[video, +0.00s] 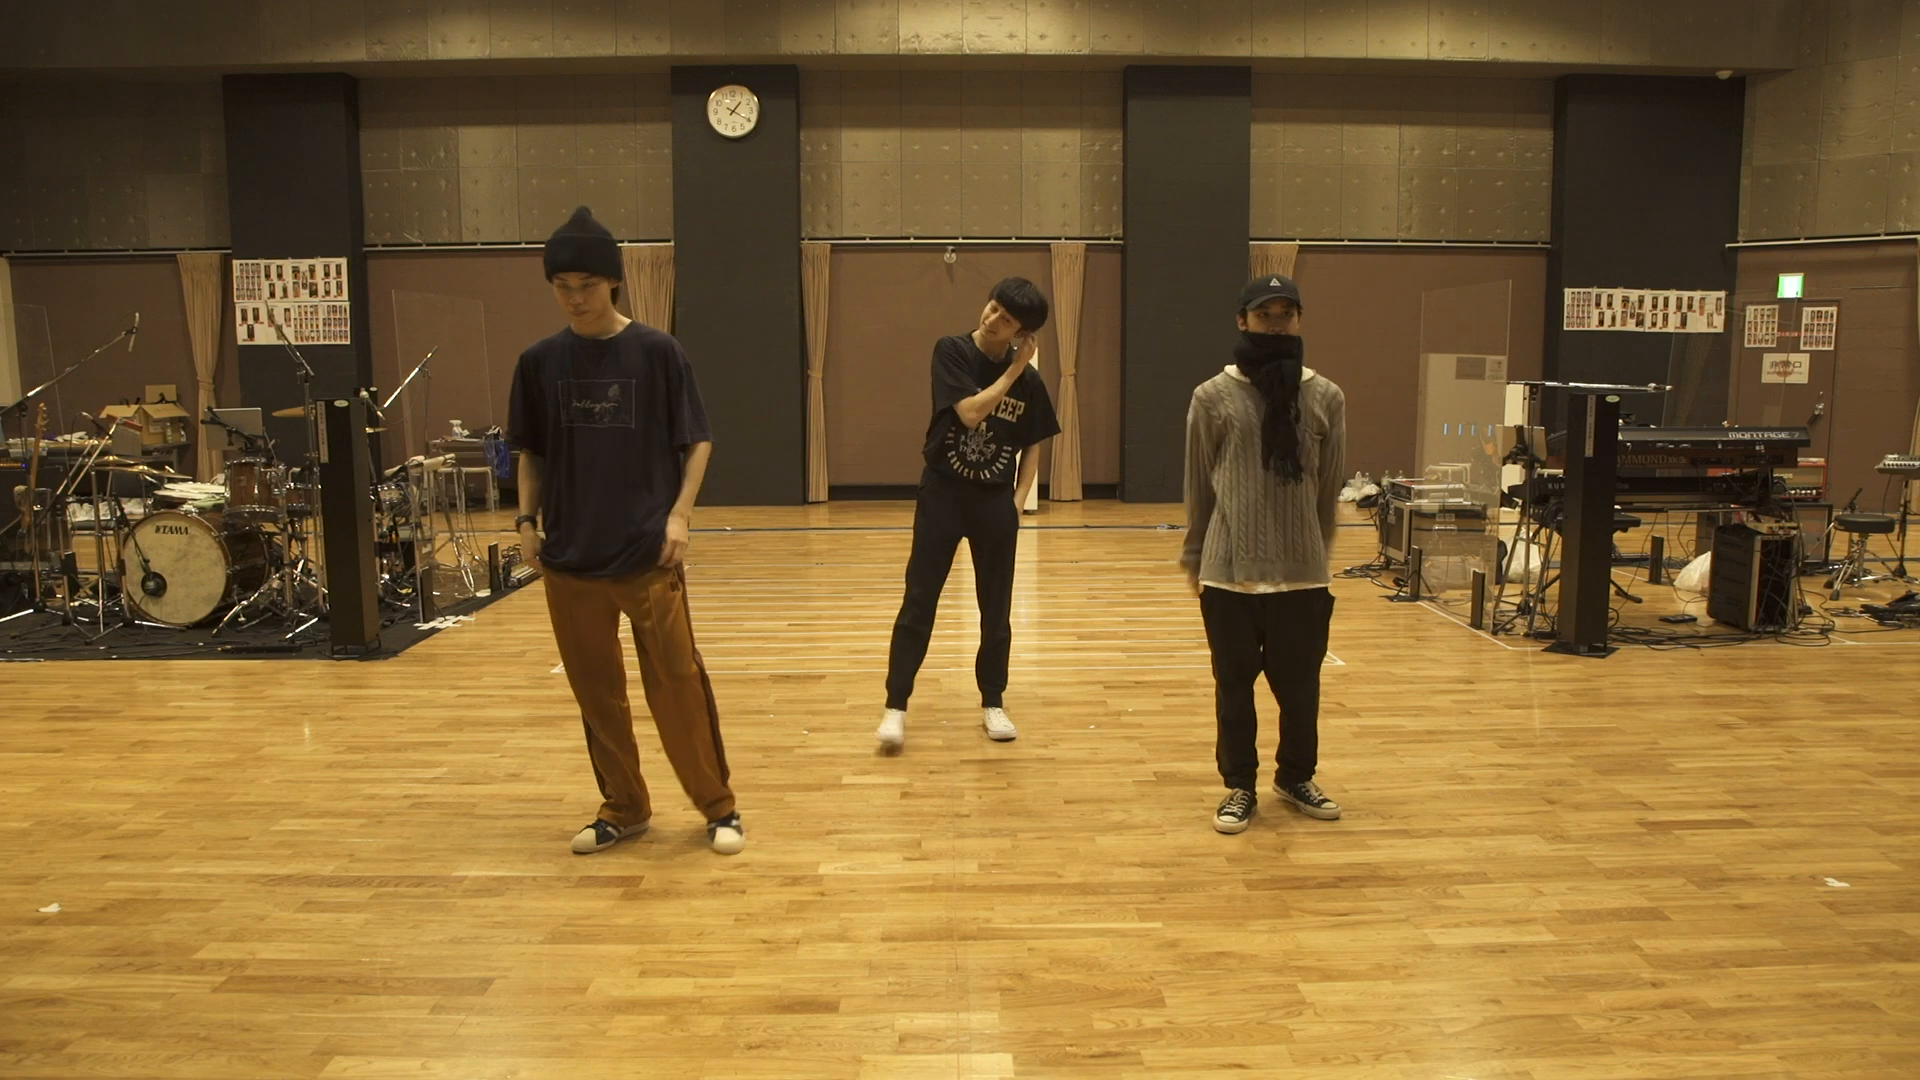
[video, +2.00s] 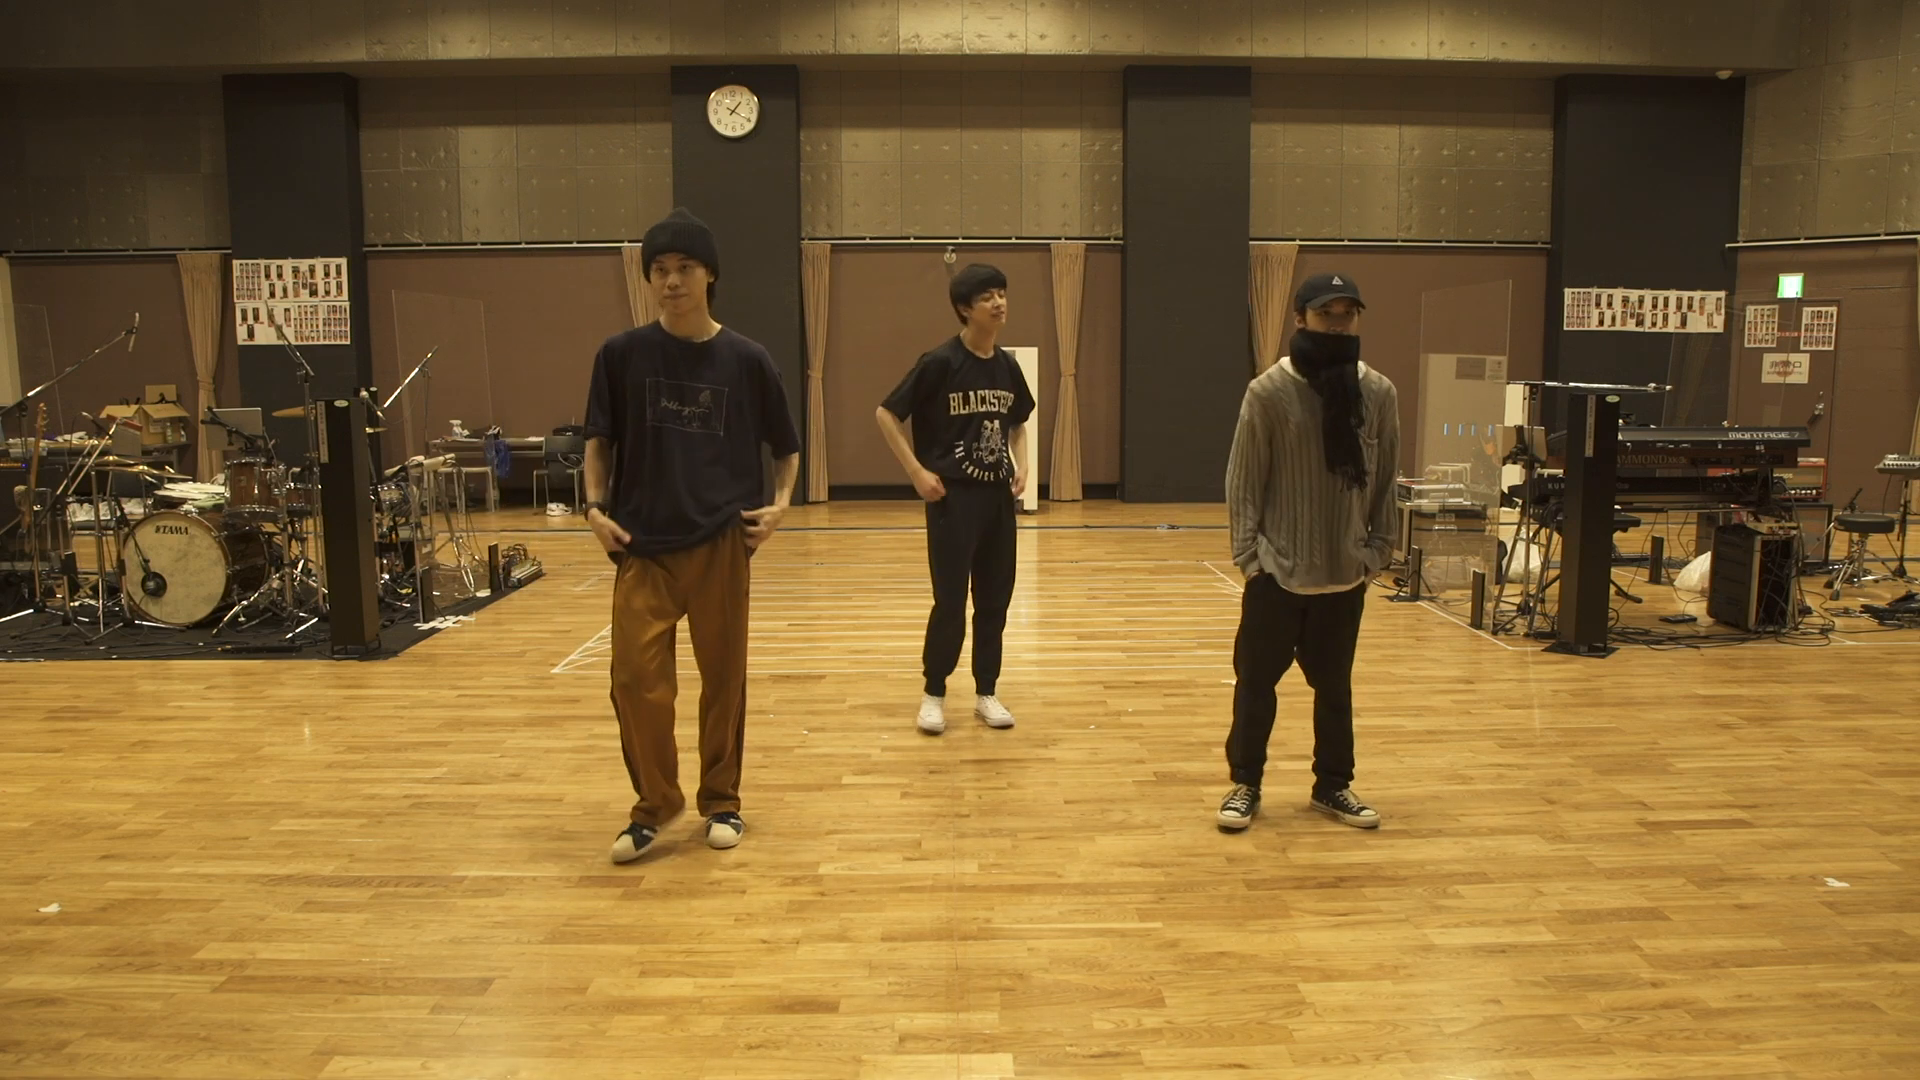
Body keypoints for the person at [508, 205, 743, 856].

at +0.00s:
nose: (576, 297)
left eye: (587, 284)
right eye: (565, 286)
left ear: (613, 280)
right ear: (552, 288)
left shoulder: (658, 354)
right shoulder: (538, 365)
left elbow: (698, 442)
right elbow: (528, 452)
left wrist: (680, 515)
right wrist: (527, 522)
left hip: (647, 552)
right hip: (569, 557)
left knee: (678, 683)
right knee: (596, 693)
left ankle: (719, 807)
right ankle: (624, 809)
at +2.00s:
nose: (671, 282)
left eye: (684, 270)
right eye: (660, 271)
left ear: (710, 276)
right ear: (648, 280)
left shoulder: (747, 361)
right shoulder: (621, 356)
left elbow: (786, 446)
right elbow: (597, 440)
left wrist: (780, 505)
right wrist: (594, 507)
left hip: (721, 546)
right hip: (640, 551)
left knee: (724, 680)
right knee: (634, 683)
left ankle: (722, 806)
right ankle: (654, 807)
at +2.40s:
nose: (620, 289)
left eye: (633, 276)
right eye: (609, 278)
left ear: (663, 280)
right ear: (598, 287)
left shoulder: (702, 362)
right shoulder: (579, 368)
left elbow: (754, 451)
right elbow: (570, 460)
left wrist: (715, 506)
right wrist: (576, 530)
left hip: (676, 551)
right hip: (607, 557)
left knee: (666, 678)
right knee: (628, 698)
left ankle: (711, 774)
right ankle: (668, 818)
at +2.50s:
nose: (591, 288)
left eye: (604, 274)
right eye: (579, 277)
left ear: (635, 278)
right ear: (569, 283)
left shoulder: (670, 353)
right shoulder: (571, 349)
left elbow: (739, 436)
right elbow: (583, 438)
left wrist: (677, 501)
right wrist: (589, 506)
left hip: (668, 533)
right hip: (609, 531)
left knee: (622, 658)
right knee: (623, 668)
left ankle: (669, 792)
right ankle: (659, 808)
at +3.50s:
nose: (610, 308)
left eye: (622, 297)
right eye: (600, 297)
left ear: (651, 296)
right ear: (588, 298)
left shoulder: (688, 368)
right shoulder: (589, 372)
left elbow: (727, 464)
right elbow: (602, 465)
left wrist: (708, 553)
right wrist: (605, 530)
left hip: (694, 559)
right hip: (629, 558)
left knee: (686, 682)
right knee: (625, 688)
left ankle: (679, 778)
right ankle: (628, 807)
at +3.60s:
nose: (623, 316)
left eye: (636, 305)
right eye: (613, 304)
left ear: (662, 305)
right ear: (600, 304)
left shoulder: (702, 373)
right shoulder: (591, 375)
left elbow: (761, 453)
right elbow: (601, 462)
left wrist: (728, 534)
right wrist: (612, 527)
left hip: (708, 559)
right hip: (640, 560)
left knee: (721, 687)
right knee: (625, 690)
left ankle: (720, 766)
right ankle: (631, 807)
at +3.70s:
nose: (651, 314)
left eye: (664, 304)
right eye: (642, 302)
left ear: (690, 303)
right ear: (629, 300)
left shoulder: (734, 369)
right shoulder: (609, 364)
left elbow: (785, 437)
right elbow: (611, 444)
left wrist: (756, 504)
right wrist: (618, 512)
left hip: (724, 555)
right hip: (646, 559)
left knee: (772, 675)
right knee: (621, 690)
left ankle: (806, 791)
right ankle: (624, 808)